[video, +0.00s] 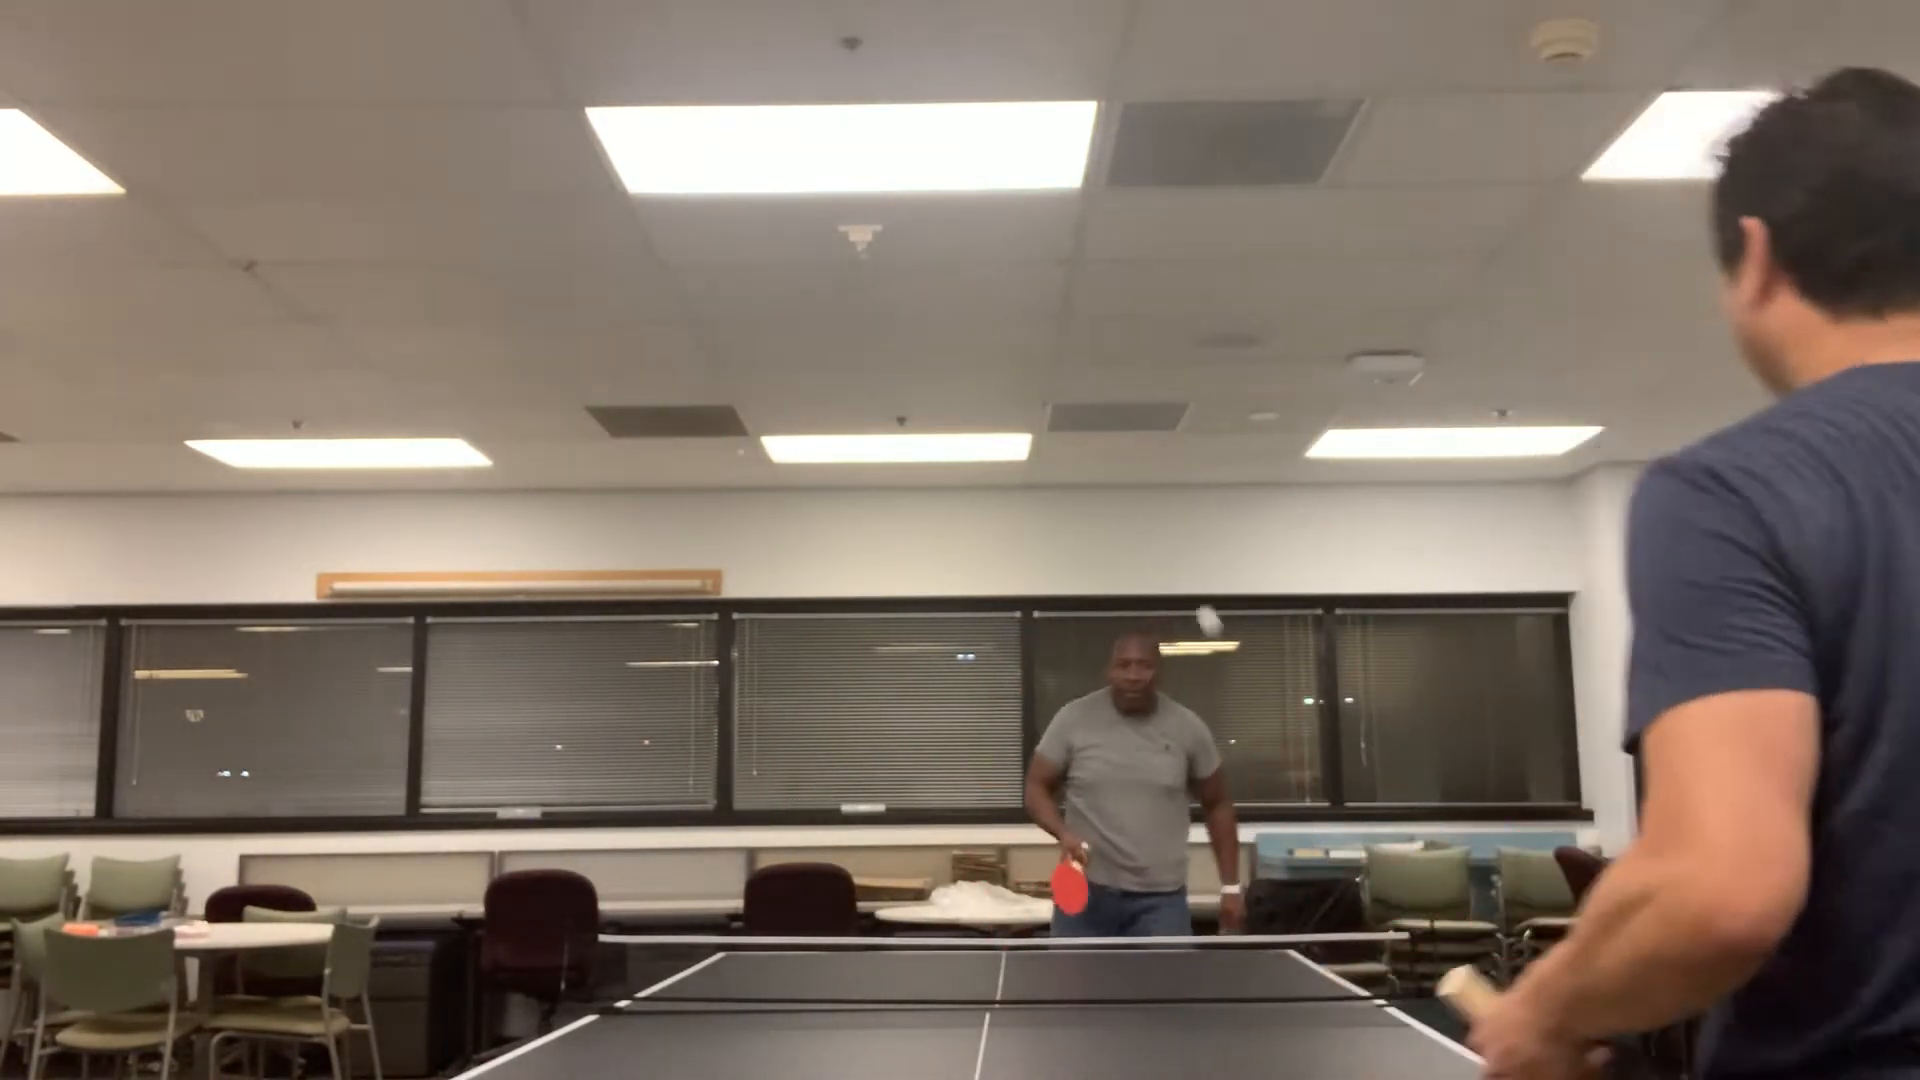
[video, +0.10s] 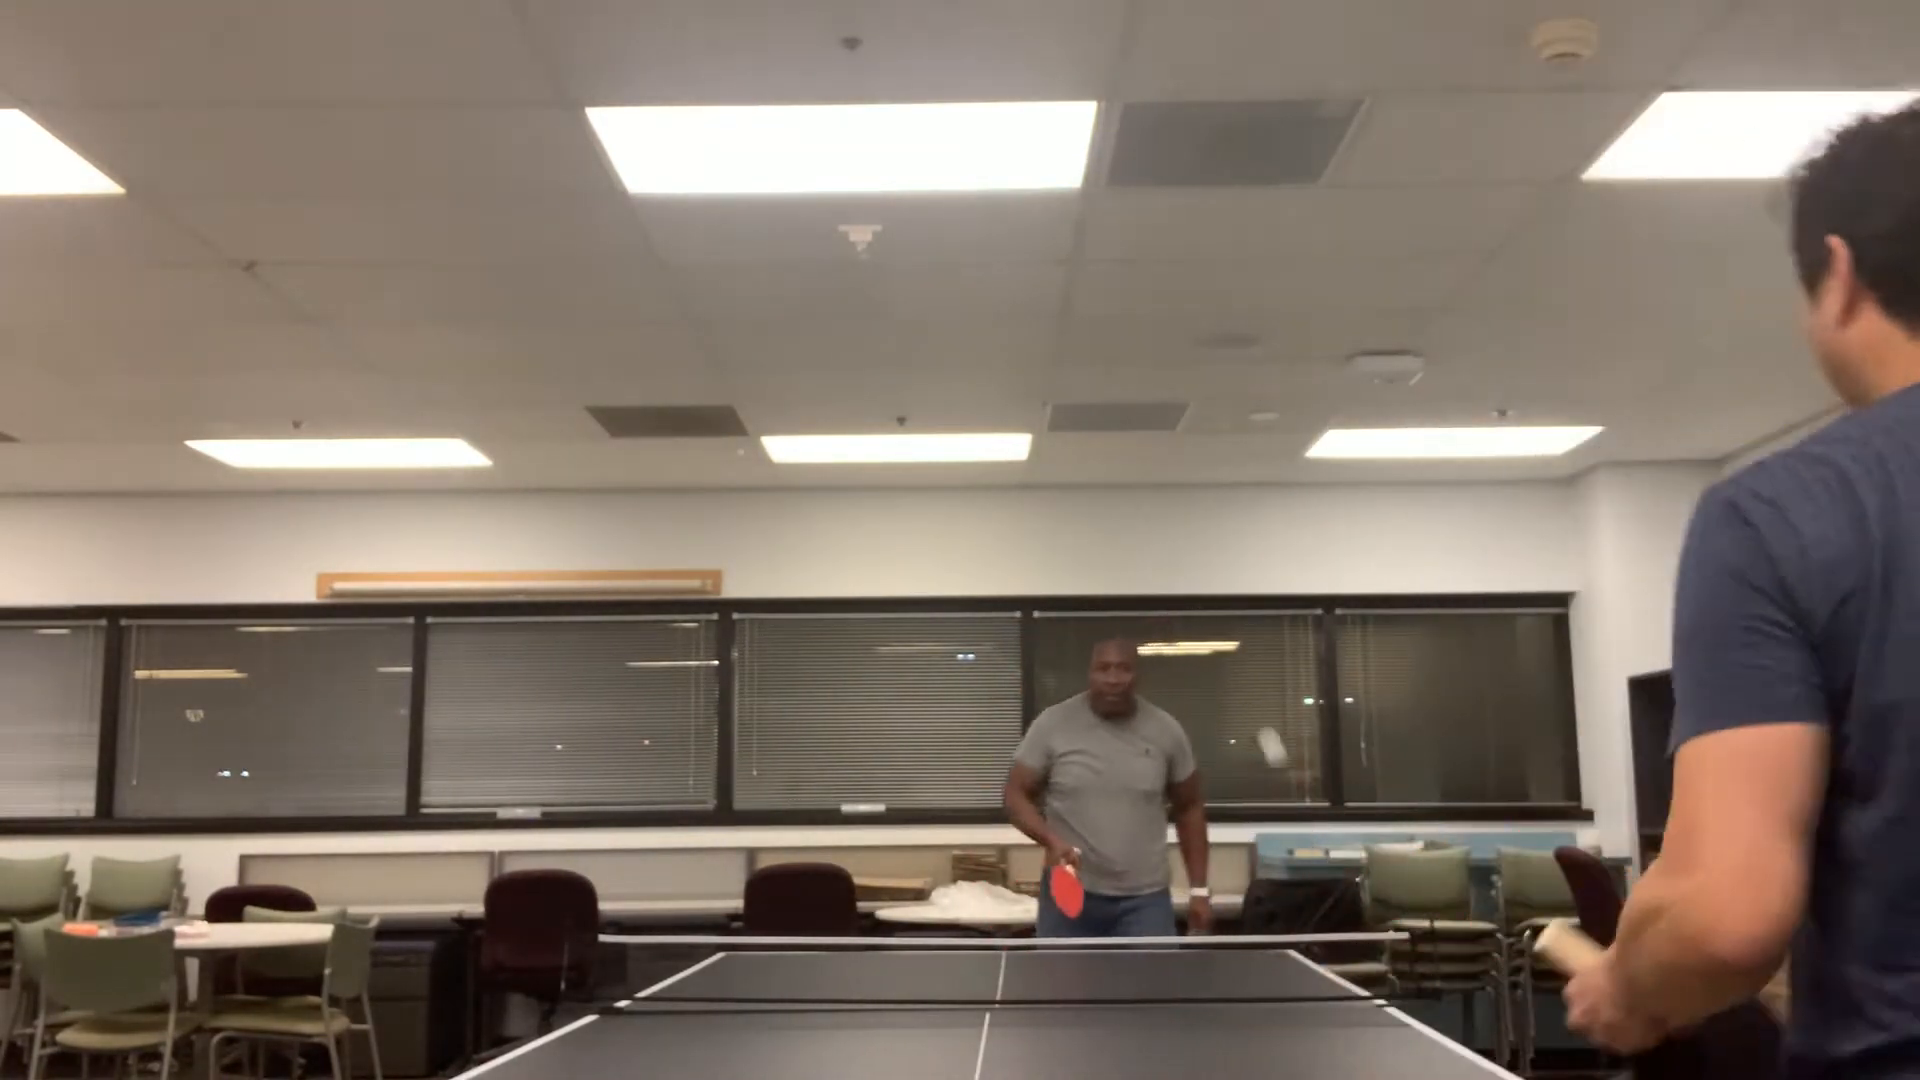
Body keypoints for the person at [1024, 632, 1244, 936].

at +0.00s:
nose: (1133, 675)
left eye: (1143, 665)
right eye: (1123, 665)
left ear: (1157, 671)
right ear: (1108, 671)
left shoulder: (1188, 728)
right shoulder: (1073, 720)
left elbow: (1218, 805)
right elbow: (1035, 788)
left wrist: (1231, 888)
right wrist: (1063, 834)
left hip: (1161, 899)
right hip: (1086, 896)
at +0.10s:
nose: (1113, 679)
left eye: (1123, 669)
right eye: (1103, 669)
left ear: (1136, 674)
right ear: (1089, 674)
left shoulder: (1165, 731)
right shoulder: (1053, 724)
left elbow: (1189, 808)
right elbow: (1015, 795)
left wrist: (1199, 891)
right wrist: (1051, 841)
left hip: (1144, 899)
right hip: (1070, 898)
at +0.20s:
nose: (1097, 679)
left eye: (1106, 668)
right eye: (1086, 669)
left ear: (1119, 672)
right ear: (1070, 673)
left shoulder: (1150, 730)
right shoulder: (1035, 727)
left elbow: (1172, 807)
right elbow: (996, 797)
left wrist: (1180, 888)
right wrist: (1037, 840)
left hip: (1130, 898)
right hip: (1055, 898)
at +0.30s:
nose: (1089, 677)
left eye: (1099, 666)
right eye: (1078, 666)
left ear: (1111, 671)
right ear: (1062, 671)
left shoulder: (1141, 728)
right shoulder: (1028, 726)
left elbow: (1169, 804)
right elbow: (987, 798)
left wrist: (1177, 886)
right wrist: (1027, 843)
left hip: (1124, 894)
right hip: (1049, 895)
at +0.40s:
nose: (1088, 678)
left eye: (1098, 667)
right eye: (1078, 667)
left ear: (1110, 671)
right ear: (1061, 671)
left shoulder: (1140, 729)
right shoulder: (1027, 728)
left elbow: (1170, 804)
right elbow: (985, 799)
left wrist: (1182, 886)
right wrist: (1021, 851)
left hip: (1123, 896)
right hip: (1048, 897)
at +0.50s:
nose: (1089, 677)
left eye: (1099, 667)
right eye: (1079, 667)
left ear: (1110, 671)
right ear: (1062, 671)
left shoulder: (1141, 729)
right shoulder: (1028, 729)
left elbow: (1174, 806)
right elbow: (989, 802)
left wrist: (1187, 890)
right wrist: (1022, 856)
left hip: (1123, 896)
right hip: (1049, 897)